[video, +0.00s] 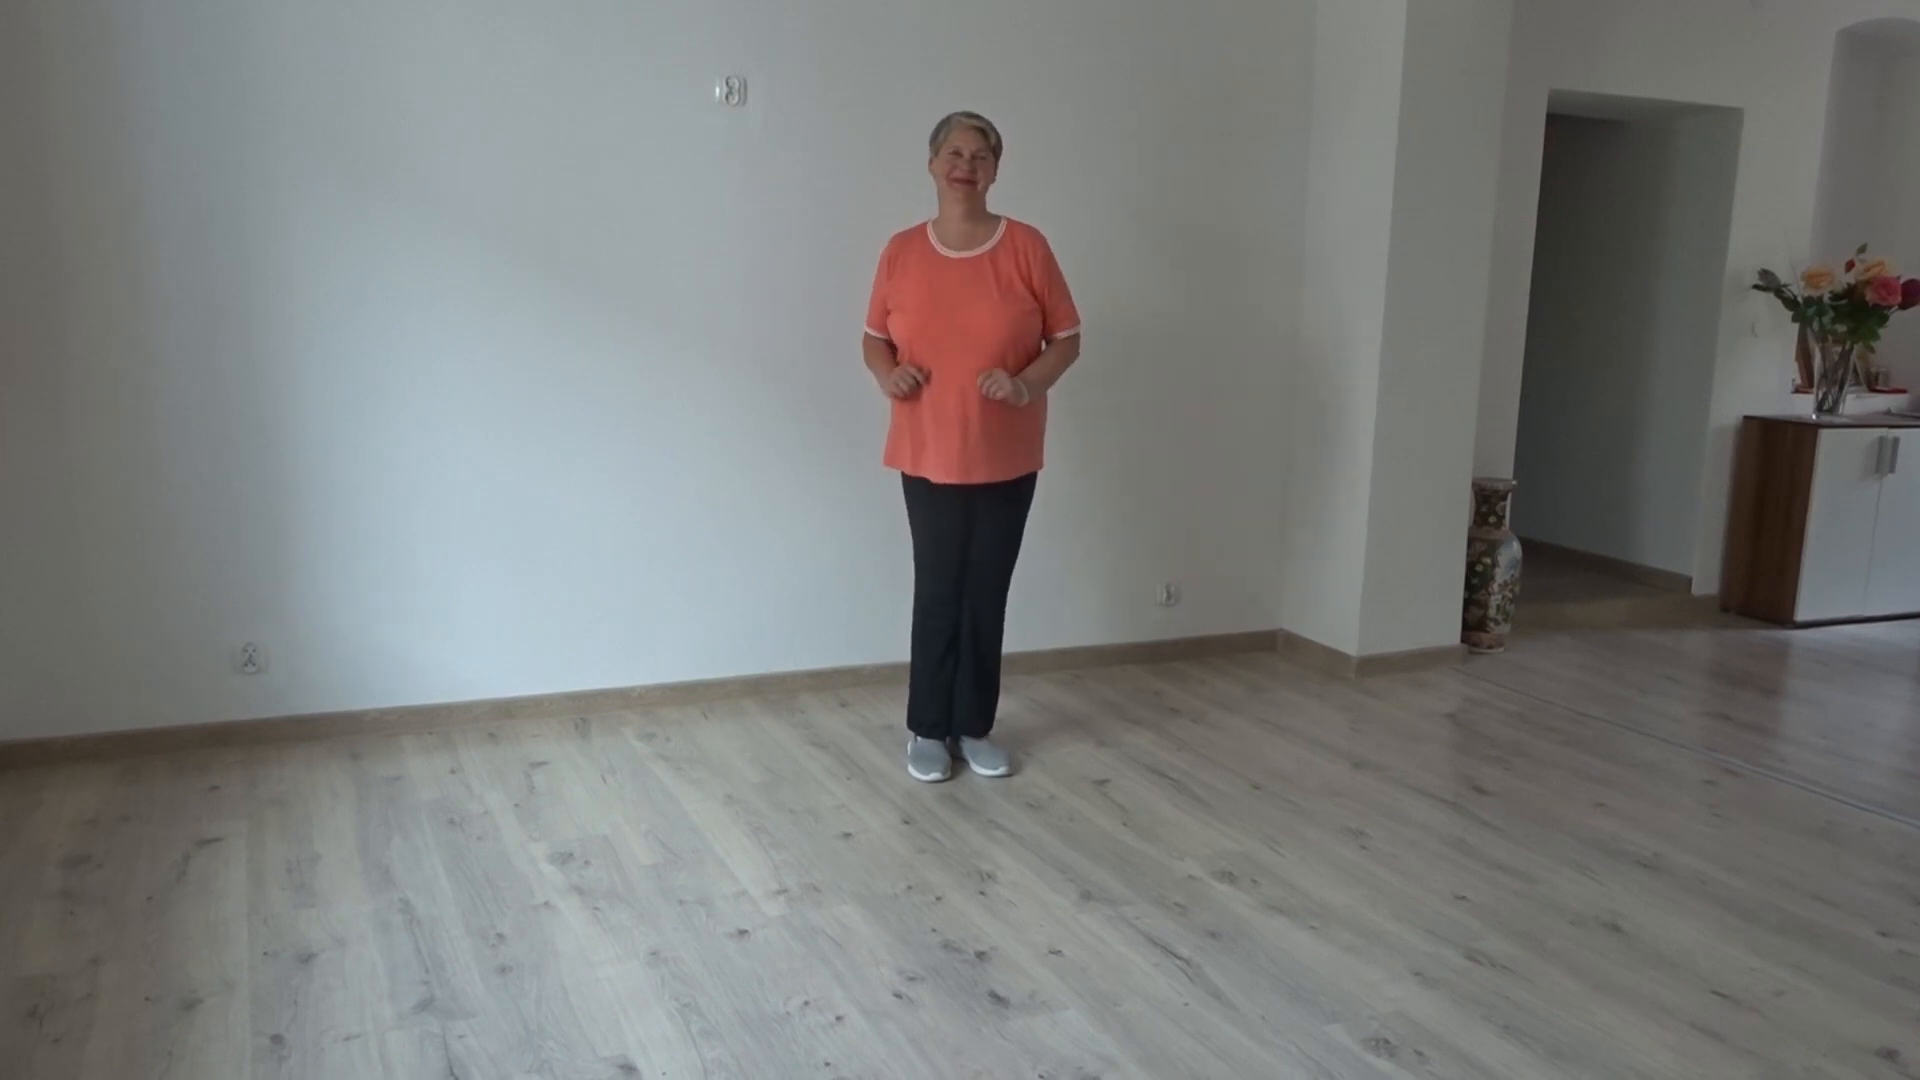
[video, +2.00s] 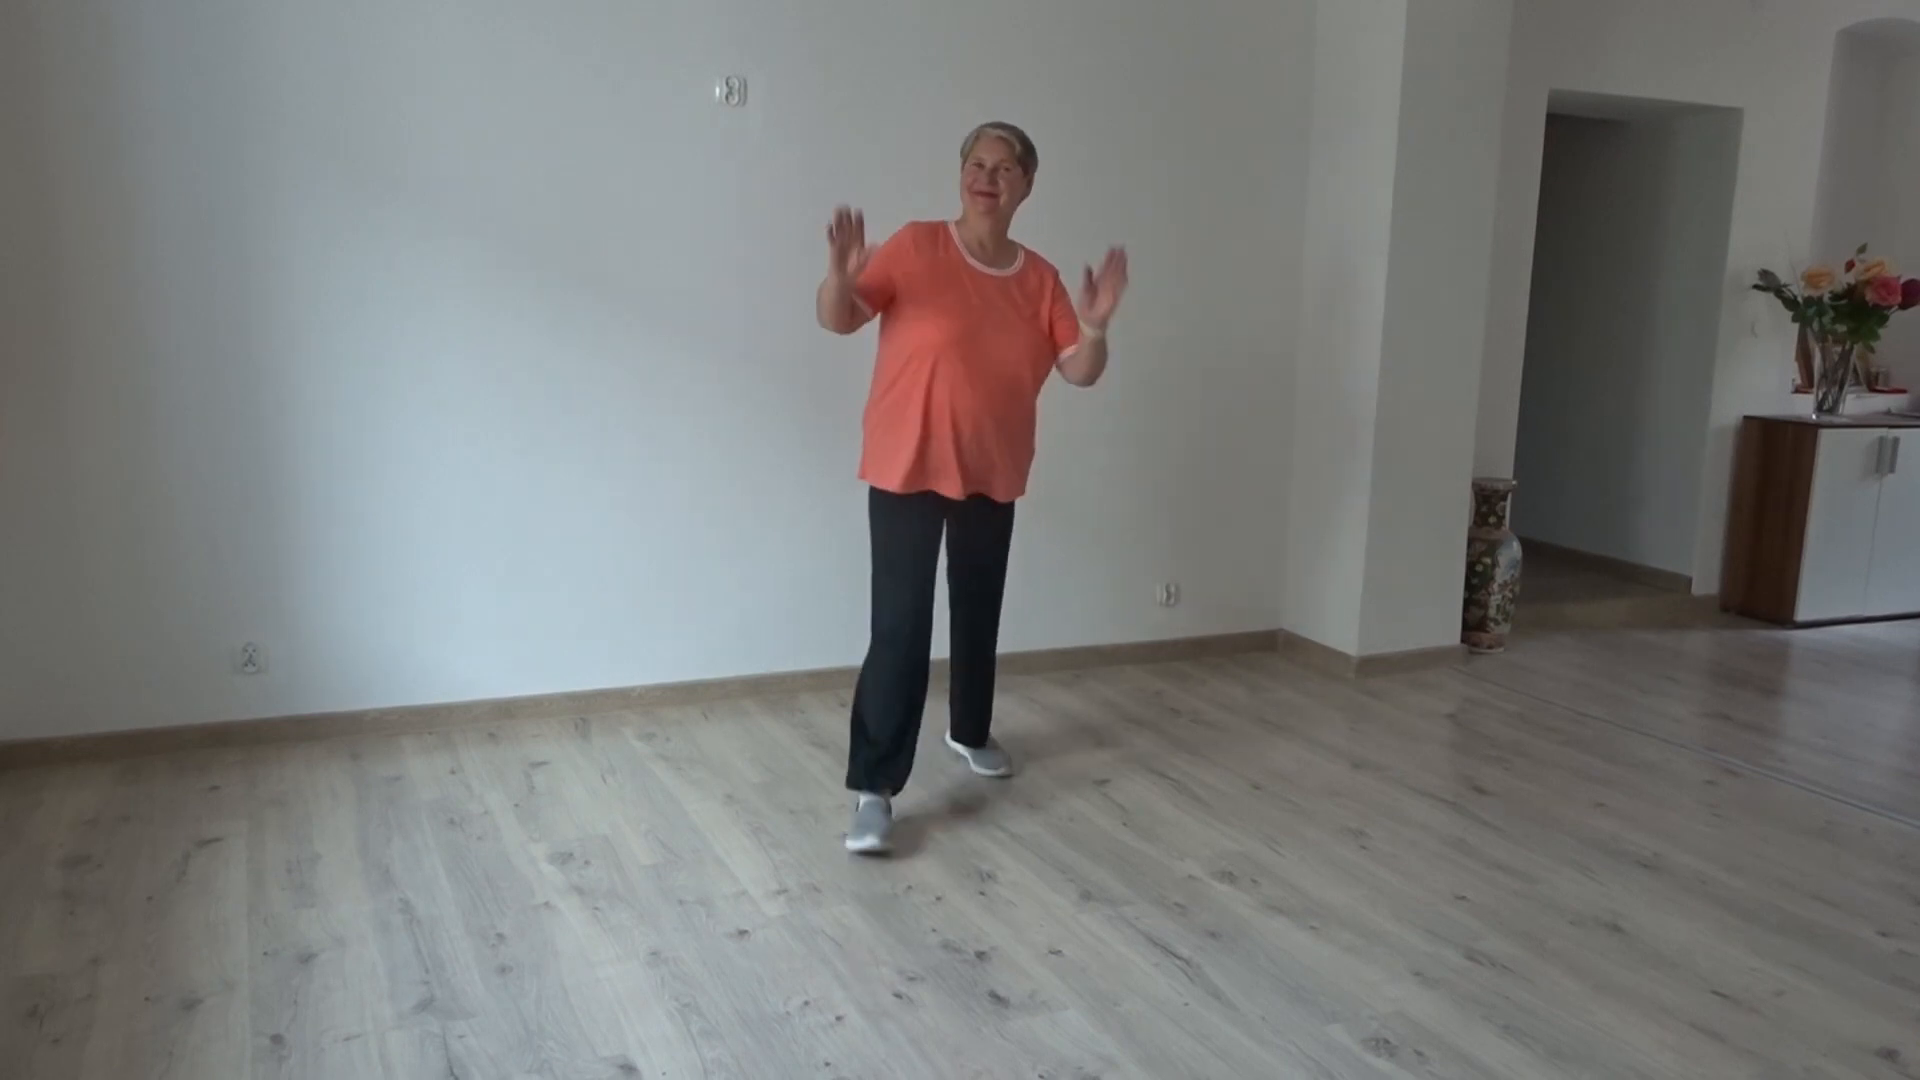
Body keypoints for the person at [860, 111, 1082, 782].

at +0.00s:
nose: (966, 163)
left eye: (979, 155)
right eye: (954, 153)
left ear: (995, 169)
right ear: (932, 165)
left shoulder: (1026, 246)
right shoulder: (903, 250)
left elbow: (1068, 338)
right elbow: (875, 335)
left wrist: (1026, 382)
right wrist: (889, 371)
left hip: (1005, 459)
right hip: (929, 459)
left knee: (986, 599)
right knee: (938, 596)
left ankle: (973, 730)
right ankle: (927, 732)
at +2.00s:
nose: (986, 178)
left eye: (1003, 170)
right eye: (976, 166)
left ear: (1025, 186)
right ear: (959, 177)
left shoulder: (1039, 278)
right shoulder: (914, 245)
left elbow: (1081, 373)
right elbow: (840, 320)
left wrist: (1095, 326)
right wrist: (840, 270)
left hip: (991, 472)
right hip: (905, 463)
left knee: (979, 617)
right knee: (900, 627)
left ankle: (970, 734)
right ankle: (872, 789)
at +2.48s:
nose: (951, 169)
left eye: (967, 161)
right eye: (940, 155)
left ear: (983, 181)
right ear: (914, 165)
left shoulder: (1000, 268)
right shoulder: (867, 251)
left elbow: (1015, 373)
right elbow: (809, 349)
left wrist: (924, 350)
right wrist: (871, 335)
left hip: (954, 500)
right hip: (865, 494)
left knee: (930, 654)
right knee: (874, 650)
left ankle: (925, 804)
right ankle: (870, 808)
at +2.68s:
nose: (948, 169)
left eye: (961, 160)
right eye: (932, 157)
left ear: (975, 179)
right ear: (900, 173)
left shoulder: (1005, 270)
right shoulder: (864, 269)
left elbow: (1053, 377)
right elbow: (805, 362)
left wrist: (985, 427)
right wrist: (815, 409)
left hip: (978, 498)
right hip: (880, 498)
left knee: (996, 652)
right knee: (880, 660)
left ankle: (967, 784)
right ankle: (871, 817)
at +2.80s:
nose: (956, 154)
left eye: (970, 144)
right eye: (940, 143)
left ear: (986, 163)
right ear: (910, 162)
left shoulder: (1023, 255)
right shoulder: (877, 259)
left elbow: (1090, 356)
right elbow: (817, 346)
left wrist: (1062, 371)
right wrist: (820, 364)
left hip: (1005, 482)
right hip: (902, 485)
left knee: (1050, 644)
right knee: (894, 653)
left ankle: (1064, 806)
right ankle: (871, 818)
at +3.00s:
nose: (1005, 167)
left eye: (1016, 155)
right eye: (989, 156)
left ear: (1035, 172)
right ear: (957, 175)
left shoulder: (1082, 260)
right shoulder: (934, 273)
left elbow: (1135, 373)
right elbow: (894, 386)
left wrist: (1115, 303)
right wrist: (916, 305)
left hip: (1063, 489)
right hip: (960, 490)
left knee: (1118, 662)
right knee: (929, 657)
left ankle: (1184, 835)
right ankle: (878, 819)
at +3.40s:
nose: (1135, 150)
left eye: (1148, 138)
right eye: (1118, 140)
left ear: (1168, 155)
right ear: (1088, 161)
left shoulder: (1211, 243)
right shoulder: (1075, 255)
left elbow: (1271, 348)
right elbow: (1052, 372)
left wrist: (1222, 278)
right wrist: (1111, 297)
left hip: (1199, 498)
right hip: (1107, 502)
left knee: (1196, 684)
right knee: (1134, 672)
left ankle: (1188, 850)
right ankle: (1094, 832)